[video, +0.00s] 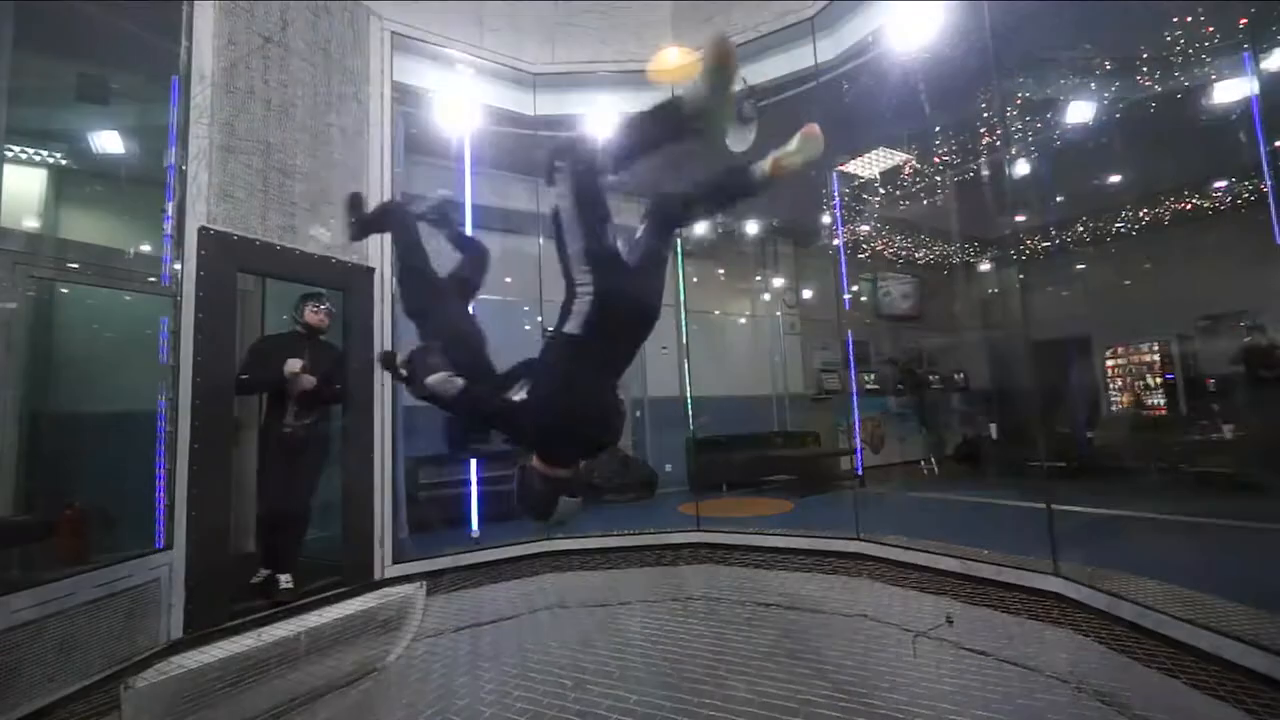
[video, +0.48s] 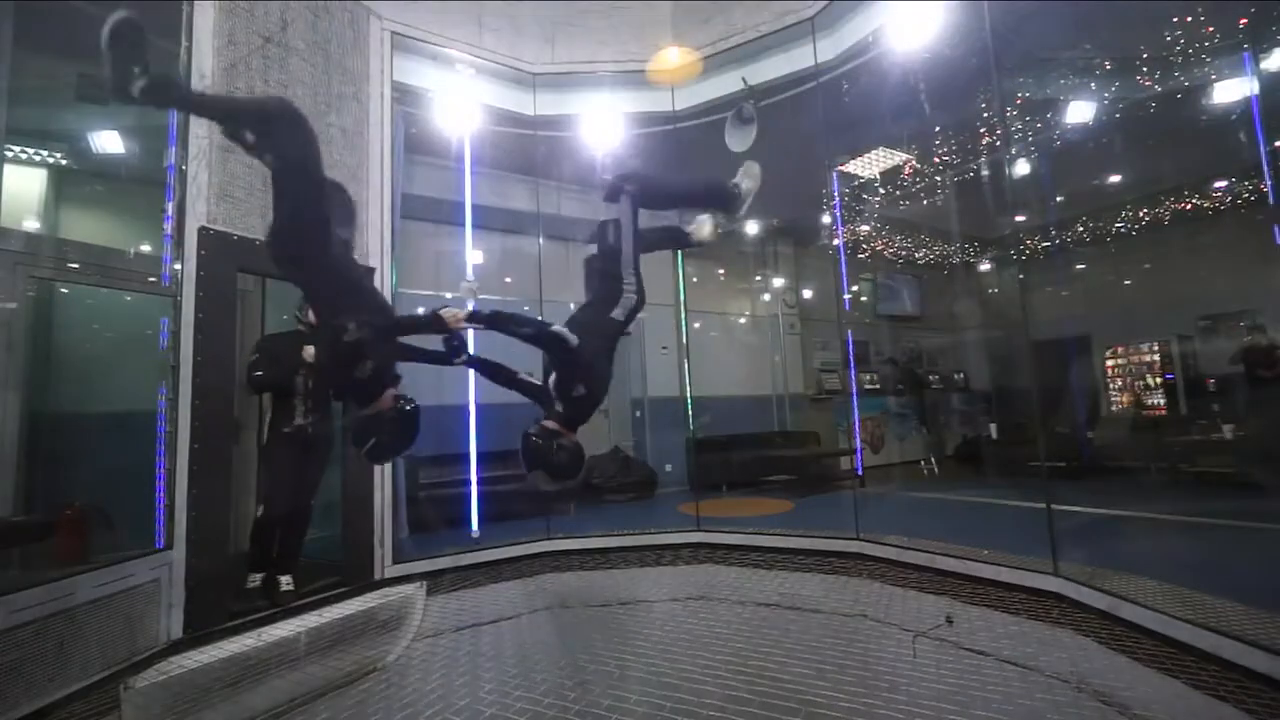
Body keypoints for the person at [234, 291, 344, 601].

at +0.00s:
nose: (322, 315)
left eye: (326, 312)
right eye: (315, 309)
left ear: (330, 319)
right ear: (299, 314)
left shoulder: (333, 354)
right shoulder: (270, 345)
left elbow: (342, 394)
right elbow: (243, 383)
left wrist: (314, 387)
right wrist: (282, 372)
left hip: (311, 438)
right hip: (274, 435)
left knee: (298, 501)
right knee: (270, 499)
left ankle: (285, 571)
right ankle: (267, 565)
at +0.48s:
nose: (319, 314)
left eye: (322, 309)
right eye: (314, 309)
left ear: (328, 313)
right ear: (302, 311)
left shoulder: (332, 346)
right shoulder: (274, 343)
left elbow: (341, 390)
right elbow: (256, 380)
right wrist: (297, 363)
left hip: (316, 439)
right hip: (281, 438)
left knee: (301, 506)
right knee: (272, 506)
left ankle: (286, 574)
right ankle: (258, 571)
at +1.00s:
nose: (337, 318)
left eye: (341, 314)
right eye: (332, 312)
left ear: (344, 319)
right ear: (317, 312)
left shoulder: (342, 346)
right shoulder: (290, 336)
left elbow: (349, 393)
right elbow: (254, 354)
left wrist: (358, 360)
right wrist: (307, 351)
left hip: (319, 436)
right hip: (285, 435)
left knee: (304, 505)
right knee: (281, 503)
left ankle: (286, 574)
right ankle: (258, 572)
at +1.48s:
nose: (335, 315)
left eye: (340, 311)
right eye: (328, 308)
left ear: (343, 318)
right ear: (311, 311)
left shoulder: (337, 352)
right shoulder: (283, 336)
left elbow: (348, 392)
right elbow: (241, 355)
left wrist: (362, 361)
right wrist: (291, 351)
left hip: (311, 439)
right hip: (275, 435)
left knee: (300, 503)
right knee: (273, 501)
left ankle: (286, 573)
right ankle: (265, 571)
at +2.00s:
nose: (315, 310)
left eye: (319, 306)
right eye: (307, 305)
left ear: (323, 313)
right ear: (290, 310)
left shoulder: (319, 351)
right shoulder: (266, 338)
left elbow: (352, 379)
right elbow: (235, 362)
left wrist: (354, 357)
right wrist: (279, 360)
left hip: (301, 437)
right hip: (265, 431)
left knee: (299, 506)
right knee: (229, 465)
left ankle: (283, 573)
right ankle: (236, 539)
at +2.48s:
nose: (299, 306)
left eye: (305, 304)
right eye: (291, 301)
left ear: (309, 318)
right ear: (275, 308)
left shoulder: (309, 349)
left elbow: (364, 356)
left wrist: (338, 350)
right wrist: (182, 349)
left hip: (265, 434)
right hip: (222, 419)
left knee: (270, 518)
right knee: (194, 418)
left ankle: (265, 553)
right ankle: (124, 466)